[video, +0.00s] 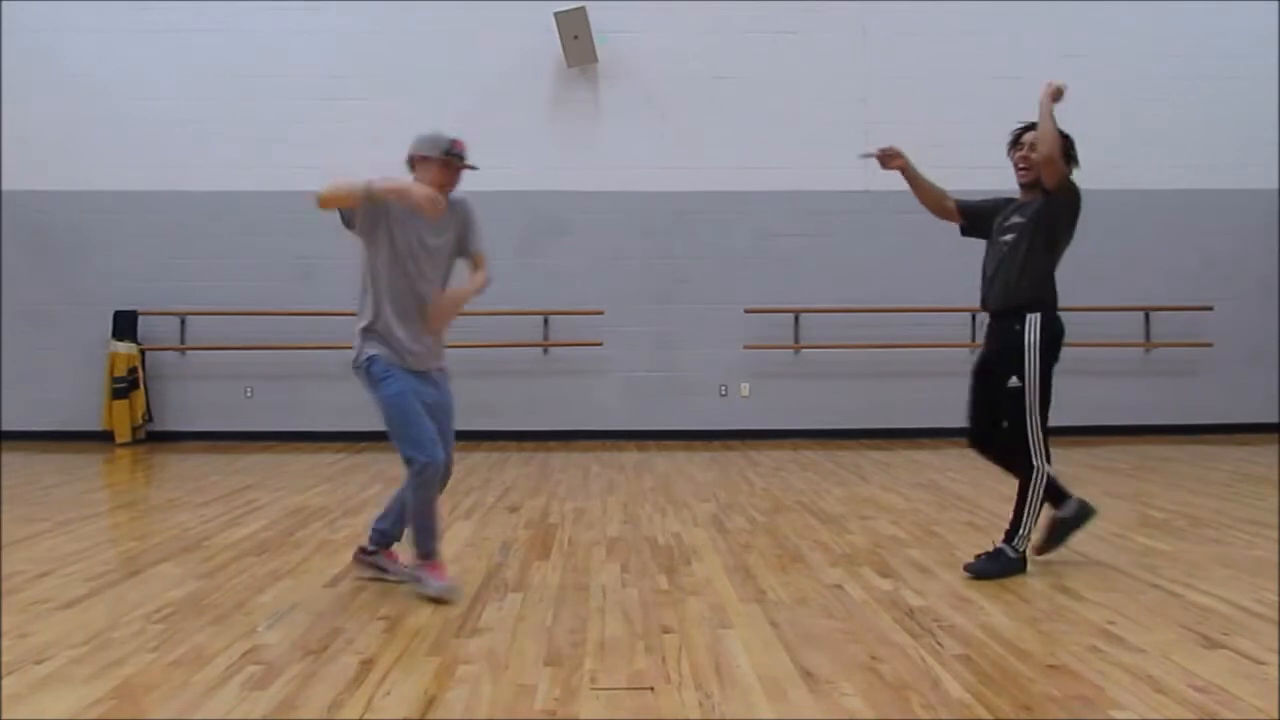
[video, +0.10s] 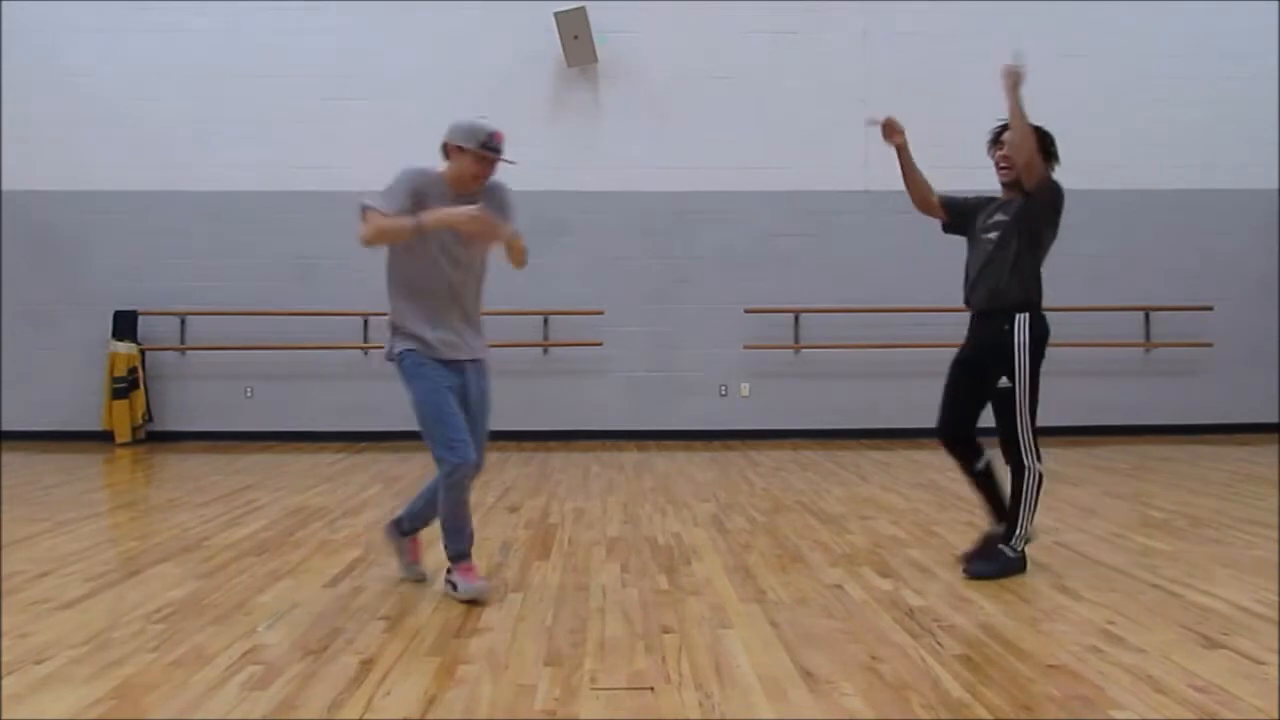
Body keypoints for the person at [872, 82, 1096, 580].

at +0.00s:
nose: (1023, 156)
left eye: (1033, 150)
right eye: (1019, 150)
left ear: (1057, 162)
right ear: (1011, 162)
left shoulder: (1060, 206)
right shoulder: (1004, 210)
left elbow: (1050, 159)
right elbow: (946, 208)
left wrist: (1046, 105)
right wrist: (906, 169)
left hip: (1034, 325)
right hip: (1001, 327)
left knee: (1030, 430)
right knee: (983, 432)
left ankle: (1014, 548)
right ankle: (1065, 504)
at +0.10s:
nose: (1001, 156)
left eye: (1011, 149)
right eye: (997, 149)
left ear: (1035, 157)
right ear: (992, 158)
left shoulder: (1044, 204)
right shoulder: (982, 209)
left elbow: (1029, 161)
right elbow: (927, 202)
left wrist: (1014, 97)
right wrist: (902, 150)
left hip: (1020, 327)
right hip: (983, 327)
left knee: (1019, 437)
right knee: (954, 430)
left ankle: (1016, 545)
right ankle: (1004, 523)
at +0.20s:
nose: (975, 156)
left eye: (987, 147)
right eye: (974, 149)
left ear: (1015, 160)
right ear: (975, 162)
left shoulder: (1027, 205)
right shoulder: (964, 211)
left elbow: (1004, 181)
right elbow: (908, 199)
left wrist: (971, 128)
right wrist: (909, 137)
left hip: (1004, 328)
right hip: (965, 329)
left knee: (1009, 441)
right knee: (938, 431)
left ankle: (1012, 549)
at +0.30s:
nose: (958, 162)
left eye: (969, 153)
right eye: (953, 156)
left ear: (994, 162)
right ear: (949, 164)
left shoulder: (1008, 206)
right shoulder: (942, 212)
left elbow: (993, 231)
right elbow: (890, 203)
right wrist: (909, 143)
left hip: (988, 332)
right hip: (947, 332)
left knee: (1001, 444)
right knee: (919, 436)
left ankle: (1011, 549)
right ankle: (885, 540)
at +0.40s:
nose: (937, 164)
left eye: (947, 156)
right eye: (932, 158)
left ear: (972, 164)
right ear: (926, 167)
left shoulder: (986, 212)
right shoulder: (923, 216)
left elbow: (976, 263)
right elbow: (868, 216)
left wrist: (913, 260)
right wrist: (891, 158)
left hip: (965, 335)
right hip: (922, 335)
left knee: (977, 442)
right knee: (896, 438)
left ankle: (1008, 547)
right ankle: (876, 544)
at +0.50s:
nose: (918, 162)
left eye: (928, 153)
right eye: (913, 154)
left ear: (952, 162)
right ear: (908, 163)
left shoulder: (966, 215)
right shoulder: (903, 217)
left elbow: (962, 278)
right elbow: (853, 242)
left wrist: (901, 300)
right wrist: (864, 185)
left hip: (940, 335)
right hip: (898, 336)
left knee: (946, 442)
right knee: (883, 442)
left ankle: (1000, 538)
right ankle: (877, 544)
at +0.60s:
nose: (899, 160)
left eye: (910, 152)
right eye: (894, 153)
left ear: (934, 160)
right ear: (889, 161)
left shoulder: (949, 212)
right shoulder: (883, 216)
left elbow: (951, 283)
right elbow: (851, 270)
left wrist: (903, 318)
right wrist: (836, 226)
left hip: (922, 333)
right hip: (881, 333)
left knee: (918, 442)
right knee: (876, 443)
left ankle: (974, 528)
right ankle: (877, 545)